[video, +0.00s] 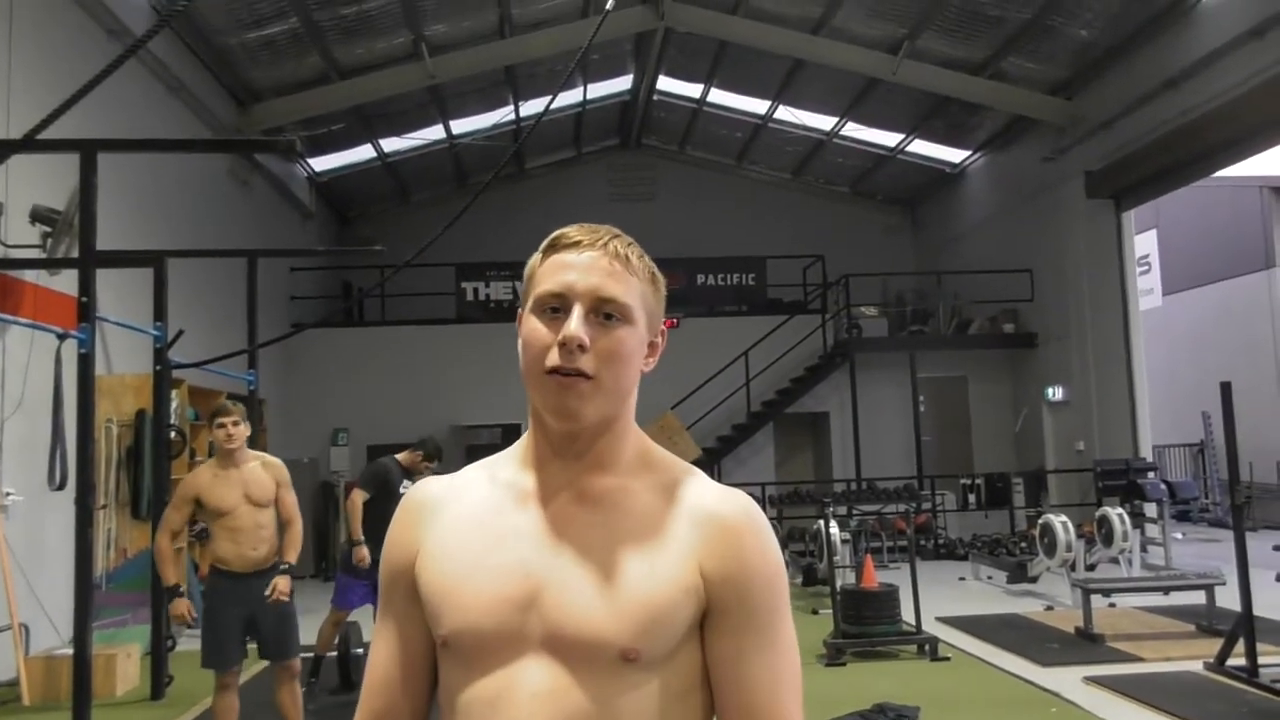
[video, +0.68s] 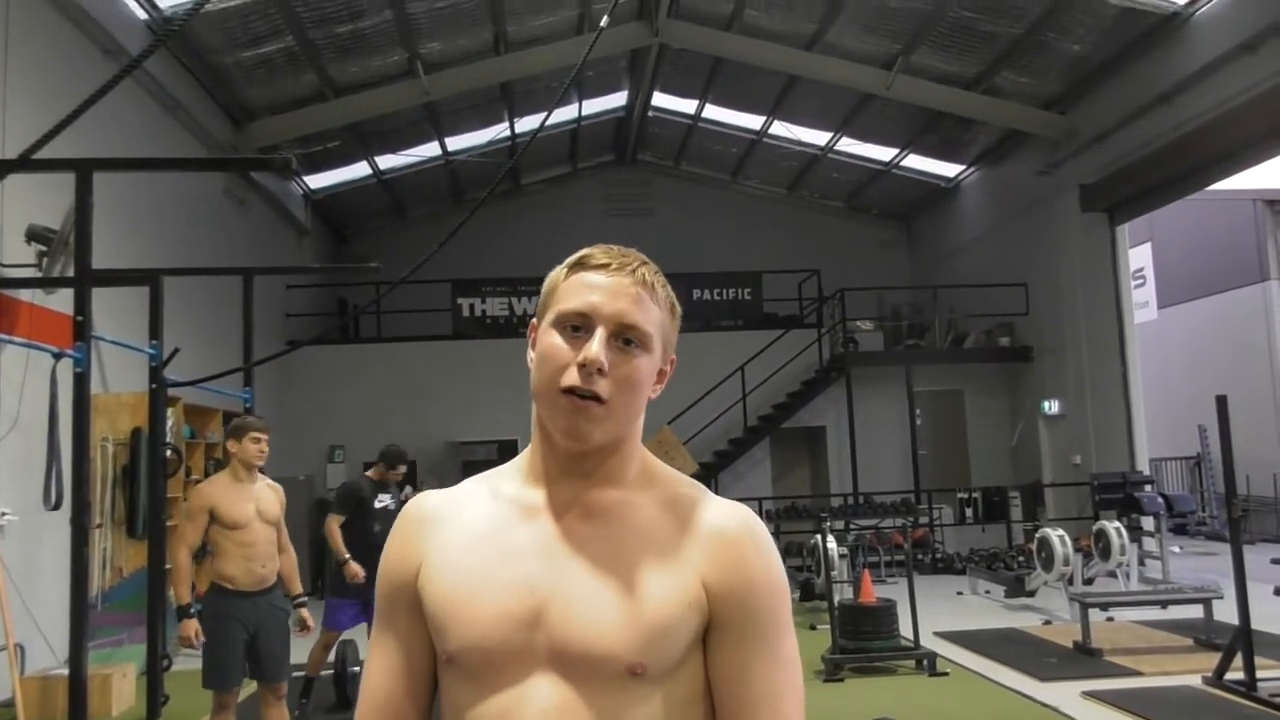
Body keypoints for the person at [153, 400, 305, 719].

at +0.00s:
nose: (229, 431)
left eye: (236, 424)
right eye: (221, 426)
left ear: (247, 428)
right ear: (211, 434)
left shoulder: (273, 468)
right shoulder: (197, 480)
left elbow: (293, 522)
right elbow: (164, 535)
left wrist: (286, 569)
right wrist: (174, 593)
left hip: (272, 579)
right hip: (223, 584)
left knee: (290, 669)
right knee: (227, 679)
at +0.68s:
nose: (264, 448)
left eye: (267, 443)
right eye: (255, 441)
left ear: (269, 448)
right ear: (232, 446)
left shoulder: (274, 491)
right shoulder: (206, 492)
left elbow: (284, 549)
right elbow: (181, 550)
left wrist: (300, 602)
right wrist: (185, 613)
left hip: (271, 603)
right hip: (225, 605)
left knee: (277, 693)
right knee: (225, 702)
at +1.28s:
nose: (300, 467)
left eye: (301, 461)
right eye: (295, 460)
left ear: (279, 461)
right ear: (273, 459)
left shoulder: (292, 503)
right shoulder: (231, 498)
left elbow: (299, 562)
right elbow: (201, 553)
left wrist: (317, 612)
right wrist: (207, 615)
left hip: (282, 612)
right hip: (240, 615)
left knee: (275, 701)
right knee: (230, 704)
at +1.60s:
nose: (321, 476)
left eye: (323, 470)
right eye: (315, 468)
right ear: (292, 465)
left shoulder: (311, 512)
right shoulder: (257, 502)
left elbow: (316, 570)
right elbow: (214, 550)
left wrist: (326, 624)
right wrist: (233, 605)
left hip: (304, 620)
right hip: (262, 621)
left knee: (288, 704)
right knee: (251, 709)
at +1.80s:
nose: (334, 481)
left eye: (336, 475)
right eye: (329, 473)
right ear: (306, 469)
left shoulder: (324, 515)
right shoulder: (269, 505)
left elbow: (331, 574)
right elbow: (225, 547)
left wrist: (340, 628)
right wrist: (238, 602)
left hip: (316, 618)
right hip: (278, 620)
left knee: (303, 705)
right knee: (294, 708)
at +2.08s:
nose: (357, 489)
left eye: (360, 483)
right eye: (353, 480)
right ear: (330, 476)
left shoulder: (347, 520)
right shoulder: (295, 513)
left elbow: (354, 579)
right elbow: (254, 563)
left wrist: (361, 631)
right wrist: (265, 621)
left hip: (336, 625)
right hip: (304, 627)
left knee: (300, 707)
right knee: (337, 710)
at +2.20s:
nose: (370, 490)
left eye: (372, 484)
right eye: (365, 481)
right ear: (342, 478)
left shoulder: (359, 518)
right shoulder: (309, 517)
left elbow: (366, 571)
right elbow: (276, 571)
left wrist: (373, 618)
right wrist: (276, 634)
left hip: (351, 625)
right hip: (321, 628)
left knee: (321, 707)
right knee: (345, 709)